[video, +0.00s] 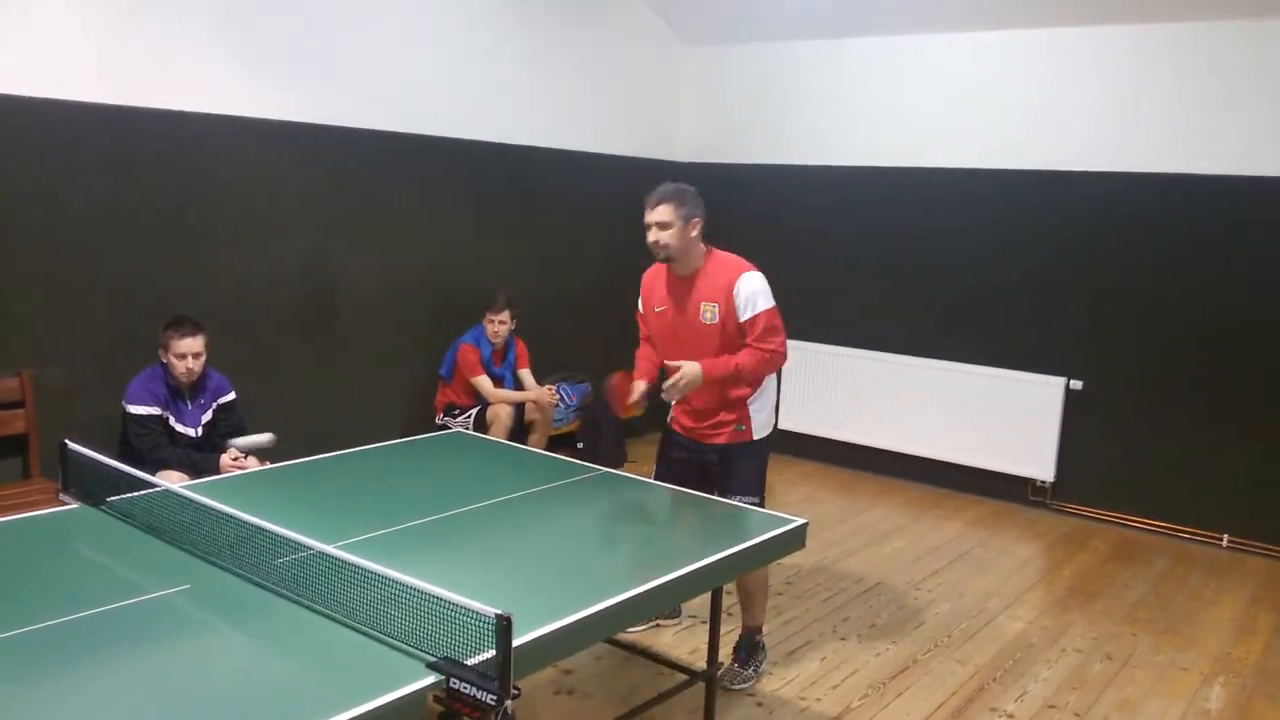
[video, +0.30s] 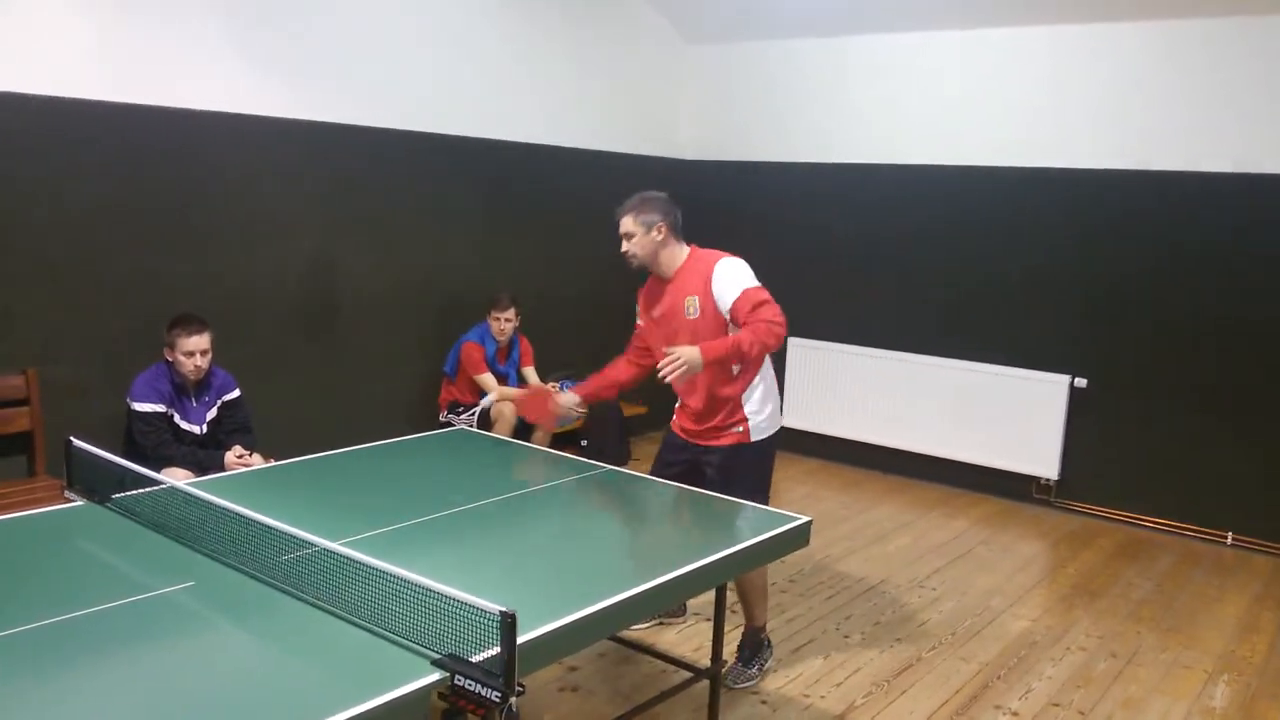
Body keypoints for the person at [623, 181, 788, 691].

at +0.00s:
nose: (652, 237)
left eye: (661, 227)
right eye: (648, 228)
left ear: (694, 226)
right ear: (649, 229)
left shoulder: (740, 277)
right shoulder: (653, 280)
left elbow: (772, 351)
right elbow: (650, 344)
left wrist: (705, 371)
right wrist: (642, 380)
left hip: (740, 431)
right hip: (684, 426)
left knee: (744, 533)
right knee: (665, 516)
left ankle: (751, 641)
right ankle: (666, 599)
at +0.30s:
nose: (623, 248)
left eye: (628, 237)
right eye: (621, 238)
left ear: (661, 232)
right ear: (649, 237)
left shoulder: (723, 271)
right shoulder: (650, 294)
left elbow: (771, 326)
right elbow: (637, 360)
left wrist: (704, 354)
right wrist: (579, 394)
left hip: (743, 429)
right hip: (689, 425)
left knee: (741, 535)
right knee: (657, 513)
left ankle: (755, 640)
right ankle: (670, 600)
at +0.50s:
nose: (627, 230)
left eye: (635, 220)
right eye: (624, 222)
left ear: (668, 218)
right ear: (631, 226)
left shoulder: (727, 260)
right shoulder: (631, 273)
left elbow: (767, 323)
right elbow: (587, 309)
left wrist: (718, 332)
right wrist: (528, 328)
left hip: (731, 424)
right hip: (670, 424)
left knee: (747, 529)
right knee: (656, 516)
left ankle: (754, 636)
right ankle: (672, 595)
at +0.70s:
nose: (649, 217)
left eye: (659, 207)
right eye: (644, 209)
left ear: (688, 209)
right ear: (641, 215)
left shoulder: (733, 262)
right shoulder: (632, 269)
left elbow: (761, 326)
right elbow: (605, 341)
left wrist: (731, 339)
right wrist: (586, 329)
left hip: (723, 422)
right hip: (660, 421)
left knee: (739, 526)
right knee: (647, 515)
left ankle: (749, 634)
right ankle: (670, 595)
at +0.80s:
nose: (668, 210)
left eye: (678, 200)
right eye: (661, 202)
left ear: (703, 204)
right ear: (654, 208)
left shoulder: (741, 259)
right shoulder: (641, 268)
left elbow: (765, 324)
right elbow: (632, 335)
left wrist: (737, 344)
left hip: (722, 419)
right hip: (658, 422)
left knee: (741, 521)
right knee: (648, 514)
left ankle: (751, 626)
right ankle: (667, 596)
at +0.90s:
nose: (681, 204)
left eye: (692, 195)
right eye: (675, 196)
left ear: (716, 201)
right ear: (667, 202)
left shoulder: (750, 259)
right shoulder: (650, 264)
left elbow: (773, 326)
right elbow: (639, 335)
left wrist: (740, 354)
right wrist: (661, 385)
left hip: (726, 421)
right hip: (664, 420)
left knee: (741, 522)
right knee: (655, 512)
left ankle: (751, 623)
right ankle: (668, 594)